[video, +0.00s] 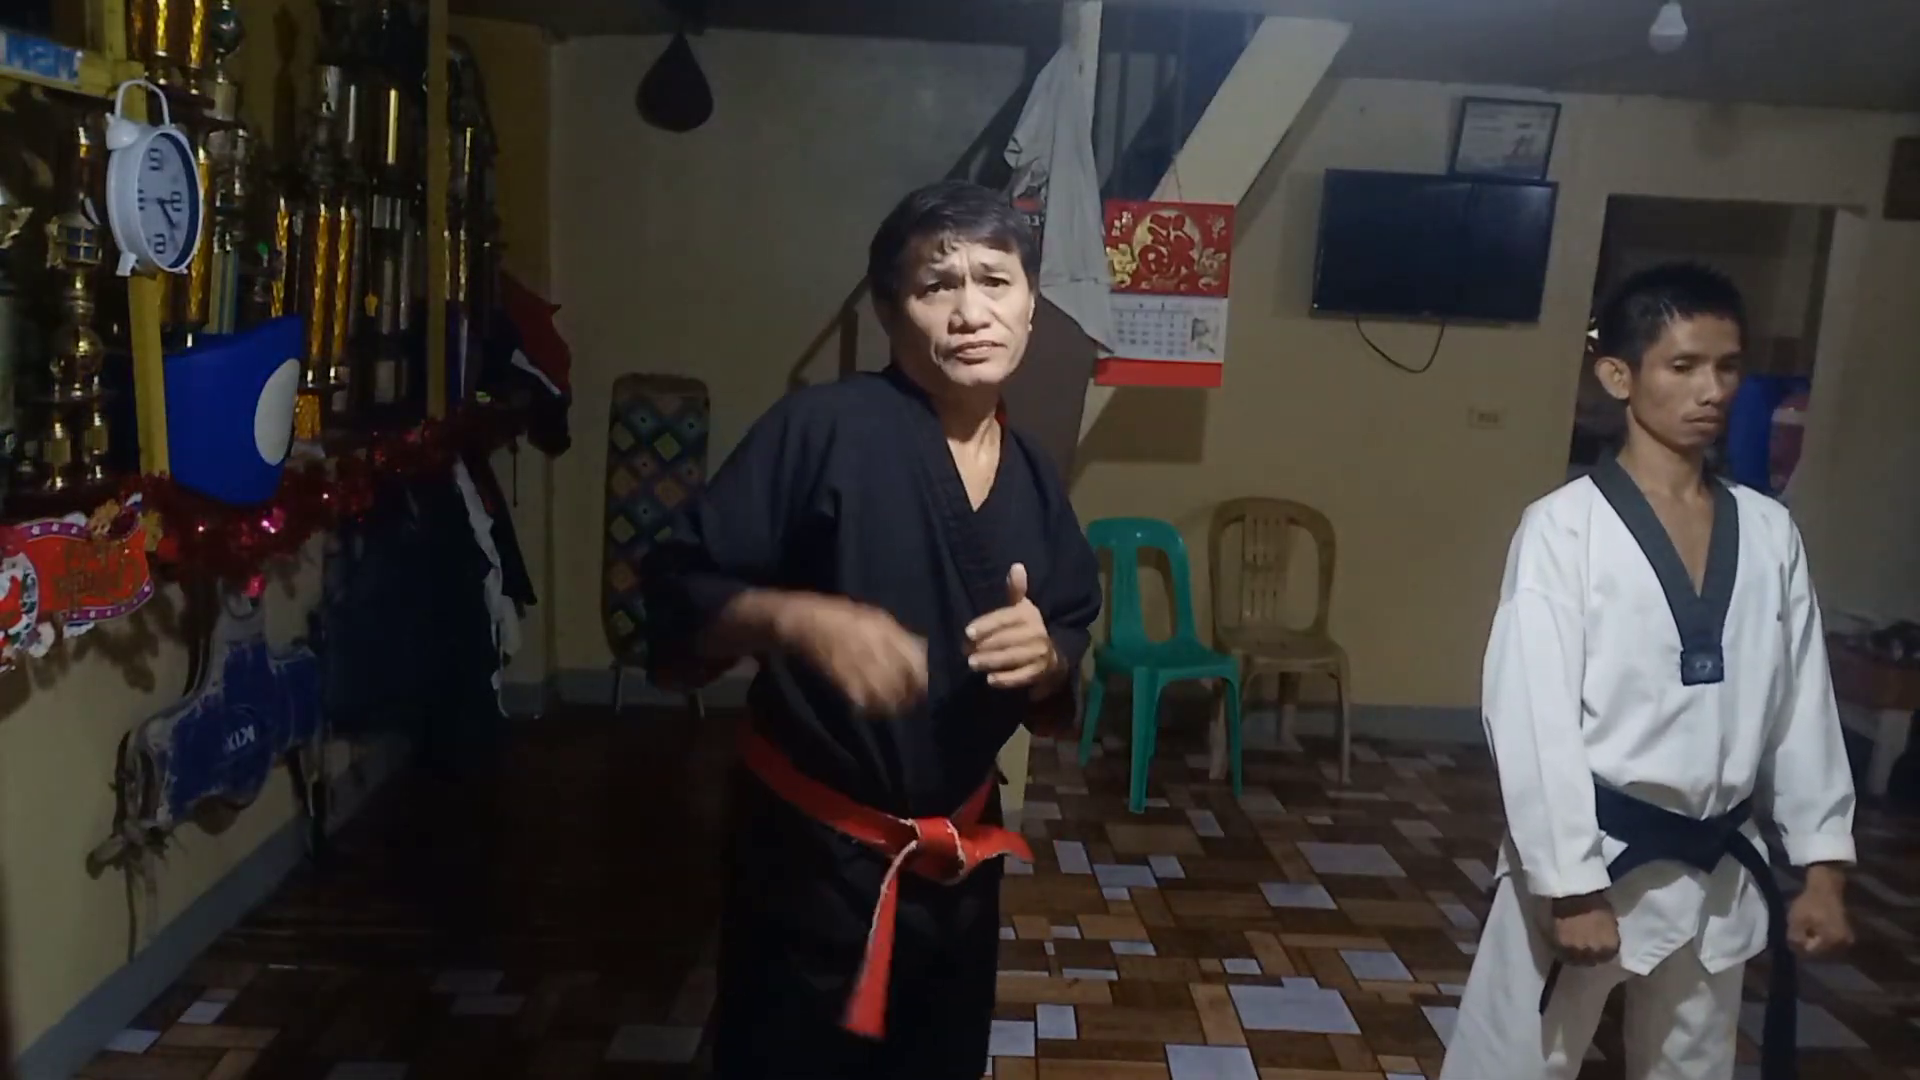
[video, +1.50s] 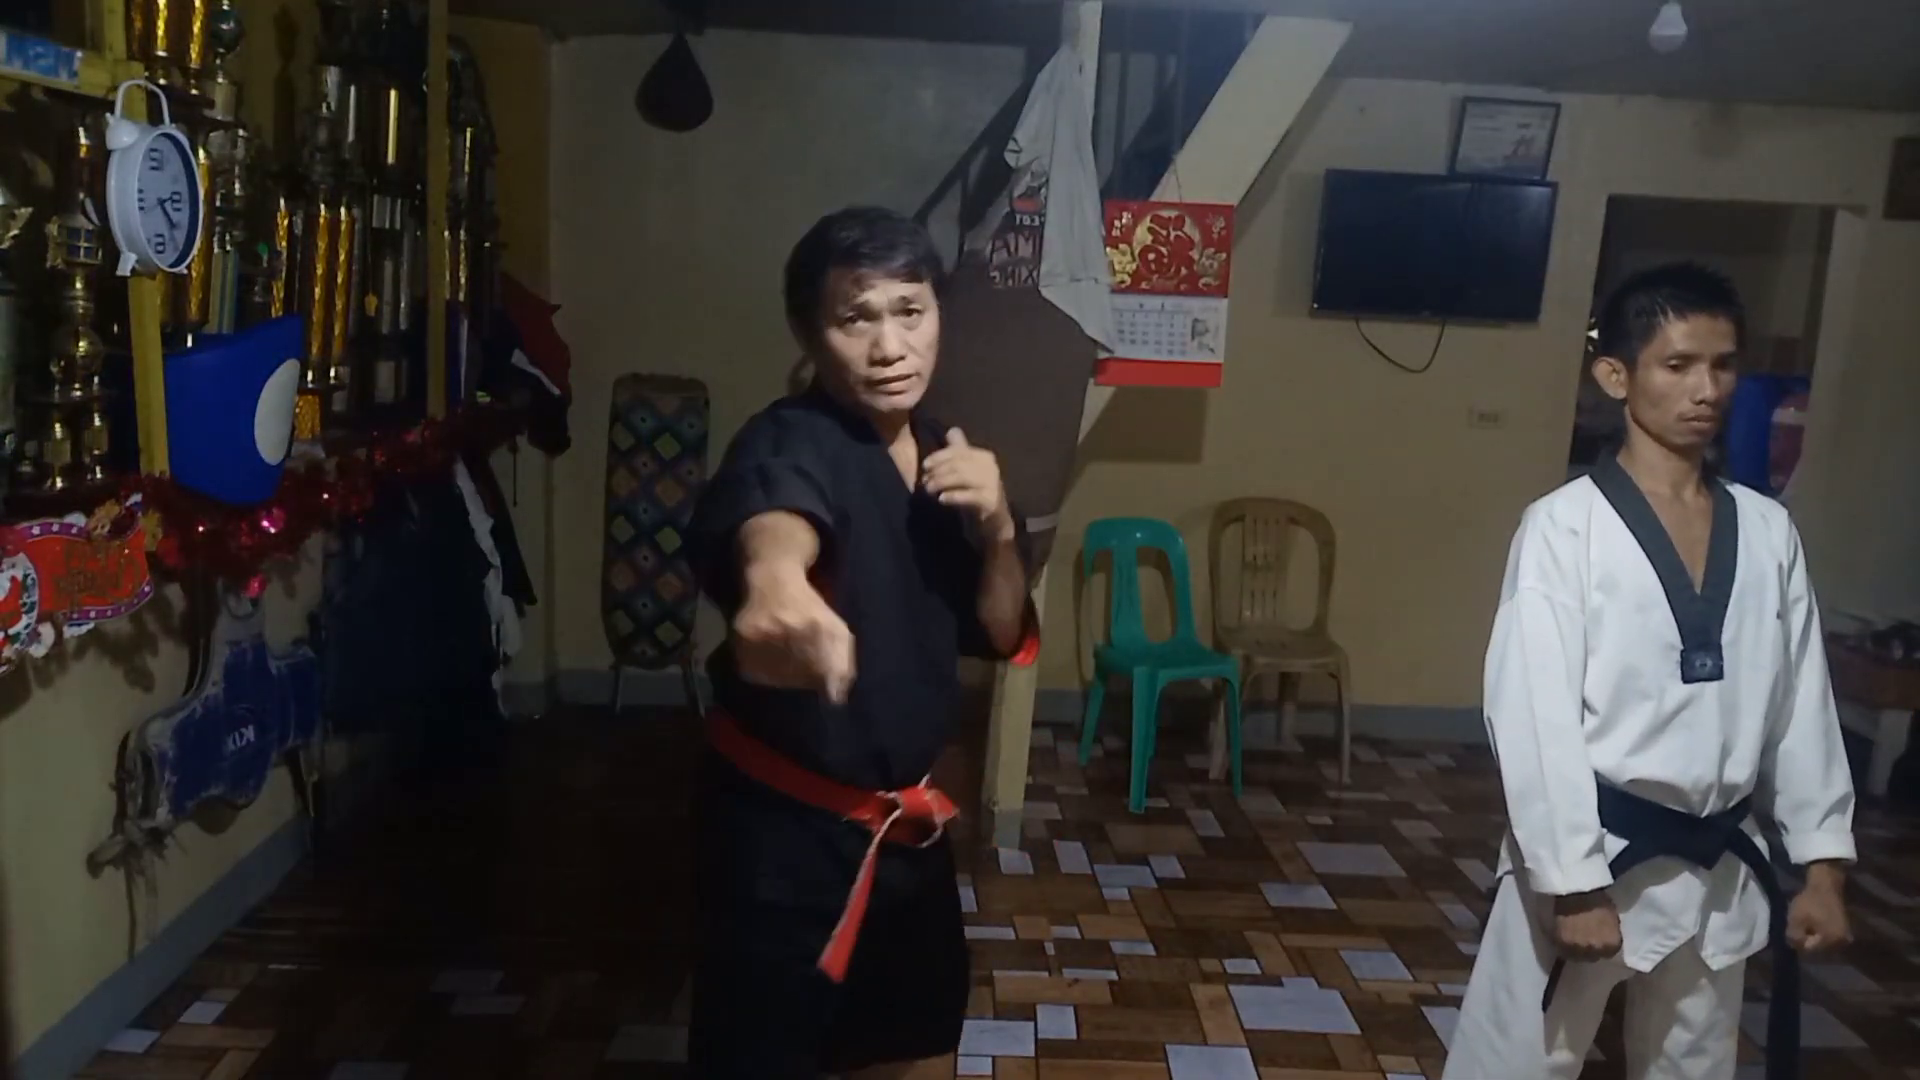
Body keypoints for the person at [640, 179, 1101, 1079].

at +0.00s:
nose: (972, 313)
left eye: (996, 282)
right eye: (937, 287)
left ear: (1032, 304)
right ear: (890, 314)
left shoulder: (1027, 469)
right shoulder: (818, 431)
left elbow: (1069, 635)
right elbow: (671, 593)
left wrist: (1045, 652)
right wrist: (798, 618)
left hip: (958, 852)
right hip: (815, 844)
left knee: (944, 1063)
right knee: (789, 1063)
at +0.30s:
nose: (905, 303)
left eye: (930, 272)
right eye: (869, 279)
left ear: (969, 293)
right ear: (825, 309)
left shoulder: (973, 456)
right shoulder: (770, 449)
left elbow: (1019, 630)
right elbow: (631, 641)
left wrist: (992, 651)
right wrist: (807, 679)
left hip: (916, 862)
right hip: (775, 859)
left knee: (897, 1063)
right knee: (752, 1065)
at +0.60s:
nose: (872, 314)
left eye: (882, 280)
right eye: (832, 289)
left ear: (901, 283)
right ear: (757, 312)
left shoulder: (935, 448)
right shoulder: (700, 469)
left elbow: (978, 641)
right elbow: (646, 703)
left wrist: (1037, 591)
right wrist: (776, 833)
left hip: (899, 861)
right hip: (739, 868)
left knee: (882, 1064)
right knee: (737, 1066)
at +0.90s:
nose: (918, 317)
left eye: (938, 290)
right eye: (886, 294)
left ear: (968, 309)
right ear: (846, 323)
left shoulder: (983, 454)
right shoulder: (800, 444)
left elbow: (1020, 632)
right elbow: (696, 621)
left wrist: (984, 606)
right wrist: (827, 693)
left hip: (912, 793)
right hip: (783, 787)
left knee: (882, 1039)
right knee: (765, 1040)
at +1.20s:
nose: (912, 338)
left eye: (930, 308)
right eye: (879, 313)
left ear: (959, 317)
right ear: (837, 334)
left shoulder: (972, 463)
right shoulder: (797, 451)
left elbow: (1018, 650)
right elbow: (693, 633)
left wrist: (1003, 569)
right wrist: (835, 660)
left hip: (908, 812)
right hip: (783, 810)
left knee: (887, 1045)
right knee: (759, 1050)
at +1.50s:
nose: (889, 345)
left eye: (909, 314)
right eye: (855, 320)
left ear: (939, 319)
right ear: (809, 337)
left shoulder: (942, 458)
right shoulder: (791, 442)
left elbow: (1000, 634)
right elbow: (774, 520)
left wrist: (998, 529)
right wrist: (777, 586)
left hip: (905, 824)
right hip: (790, 826)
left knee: (918, 1049)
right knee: (772, 1056)